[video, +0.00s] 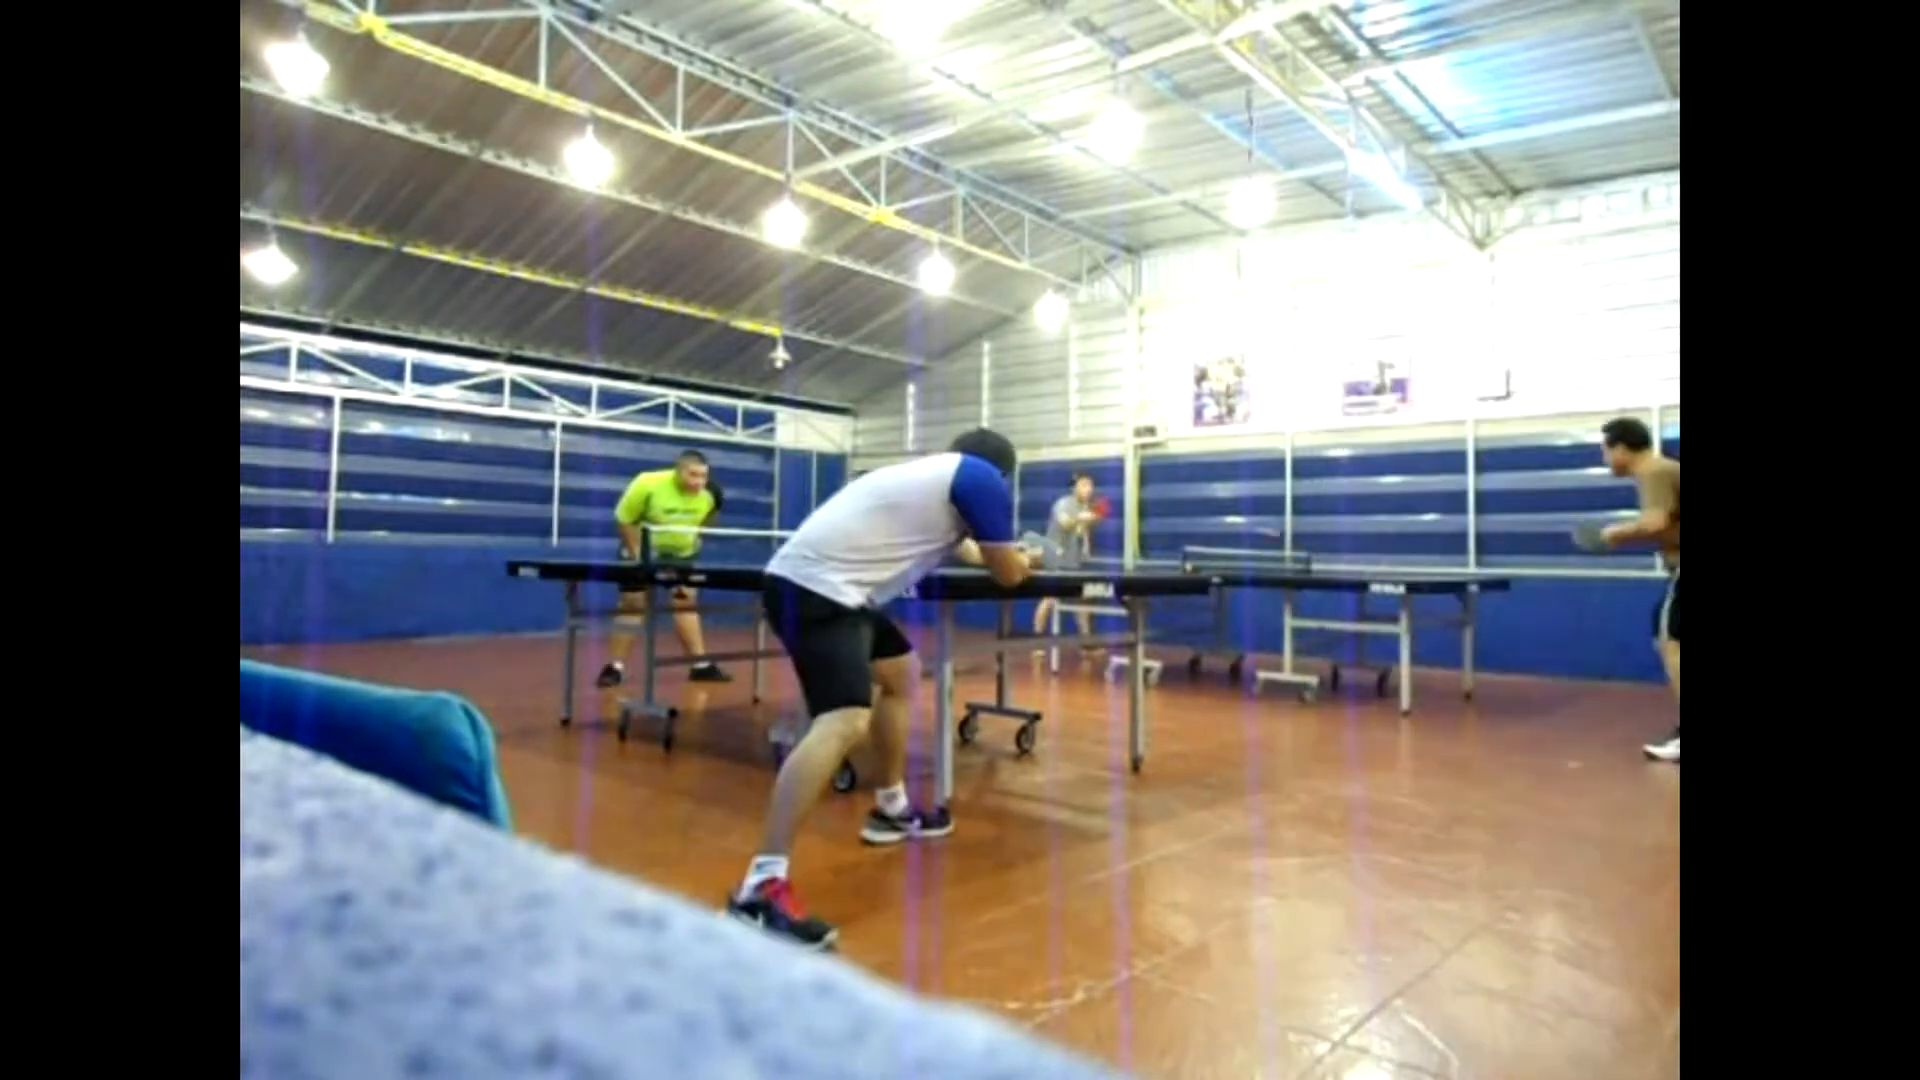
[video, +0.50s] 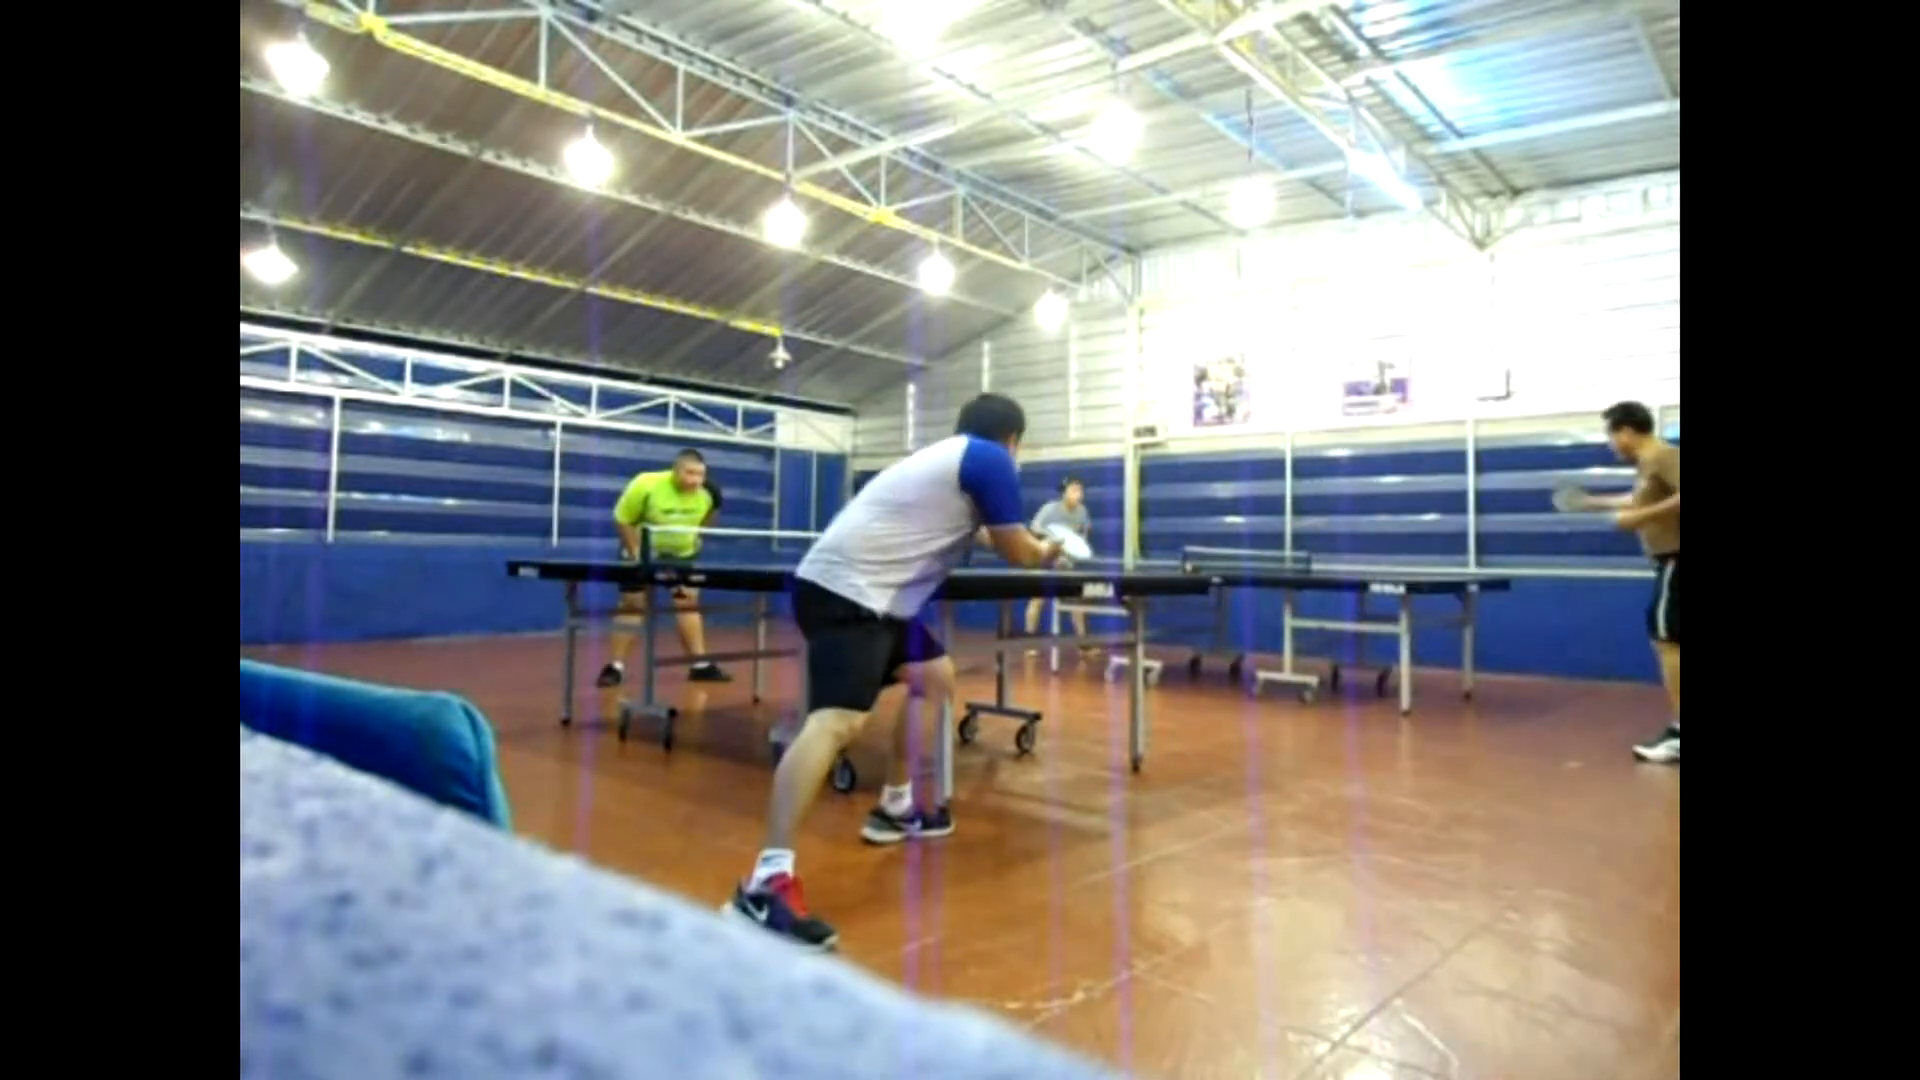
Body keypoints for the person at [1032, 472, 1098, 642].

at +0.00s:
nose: (1086, 490)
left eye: (1089, 486)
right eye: (1083, 485)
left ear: (1092, 489)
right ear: (1075, 487)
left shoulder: (1086, 507)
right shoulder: (1063, 504)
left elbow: (1085, 531)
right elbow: (1065, 522)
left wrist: (1087, 553)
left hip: (1077, 558)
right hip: (1057, 557)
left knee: (1081, 599)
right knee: (1049, 597)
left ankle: (1086, 636)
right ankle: (1037, 633)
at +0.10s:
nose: (1087, 489)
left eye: (1089, 485)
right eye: (1083, 484)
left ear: (1092, 488)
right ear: (1075, 487)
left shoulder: (1088, 508)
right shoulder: (1063, 503)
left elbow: (1088, 533)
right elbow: (1057, 525)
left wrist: (1087, 552)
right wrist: (1079, 519)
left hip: (1077, 559)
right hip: (1056, 558)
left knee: (1083, 600)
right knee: (1047, 598)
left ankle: (1087, 637)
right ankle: (1035, 634)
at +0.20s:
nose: (1085, 489)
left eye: (1087, 485)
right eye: (1082, 485)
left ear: (1090, 489)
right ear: (1074, 487)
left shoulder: (1087, 508)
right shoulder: (1060, 505)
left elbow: (1088, 532)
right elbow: (1051, 525)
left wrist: (1086, 552)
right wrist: (1071, 525)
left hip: (1077, 558)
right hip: (1055, 557)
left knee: (1083, 600)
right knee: (1045, 597)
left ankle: (1087, 637)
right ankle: (1032, 633)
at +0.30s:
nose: (1083, 490)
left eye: (1085, 486)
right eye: (1079, 486)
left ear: (1088, 490)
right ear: (1071, 488)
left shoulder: (1085, 509)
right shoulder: (1057, 505)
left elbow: (1087, 532)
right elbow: (1045, 526)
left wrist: (1083, 553)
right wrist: (1065, 530)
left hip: (1076, 558)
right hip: (1053, 557)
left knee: (1084, 599)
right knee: (1043, 597)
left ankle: (1087, 637)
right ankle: (1031, 634)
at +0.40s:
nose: (1078, 492)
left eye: (1081, 488)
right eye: (1075, 487)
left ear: (1084, 492)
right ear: (1067, 489)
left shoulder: (1082, 509)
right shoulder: (1053, 506)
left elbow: (1084, 531)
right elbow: (1039, 529)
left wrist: (1076, 552)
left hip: (1069, 558)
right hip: (1048, 558)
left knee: (1078, 599)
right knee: (1039, 597)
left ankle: (1085, 637)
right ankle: (1030, 634)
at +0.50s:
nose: (1077, 495)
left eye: (1079, 491)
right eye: (1073, 490)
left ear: (1082, 494)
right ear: (1064, 492)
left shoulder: (1082, 511)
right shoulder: (1049, 510)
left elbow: (1085, 530)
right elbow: (1035, 530)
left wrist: (1078, 545)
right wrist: (1050, 545)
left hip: (1071, 560)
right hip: (1047, 560)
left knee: (1077, 599)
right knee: (1038, 598)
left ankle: (1082, 638)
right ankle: (1030, 636)